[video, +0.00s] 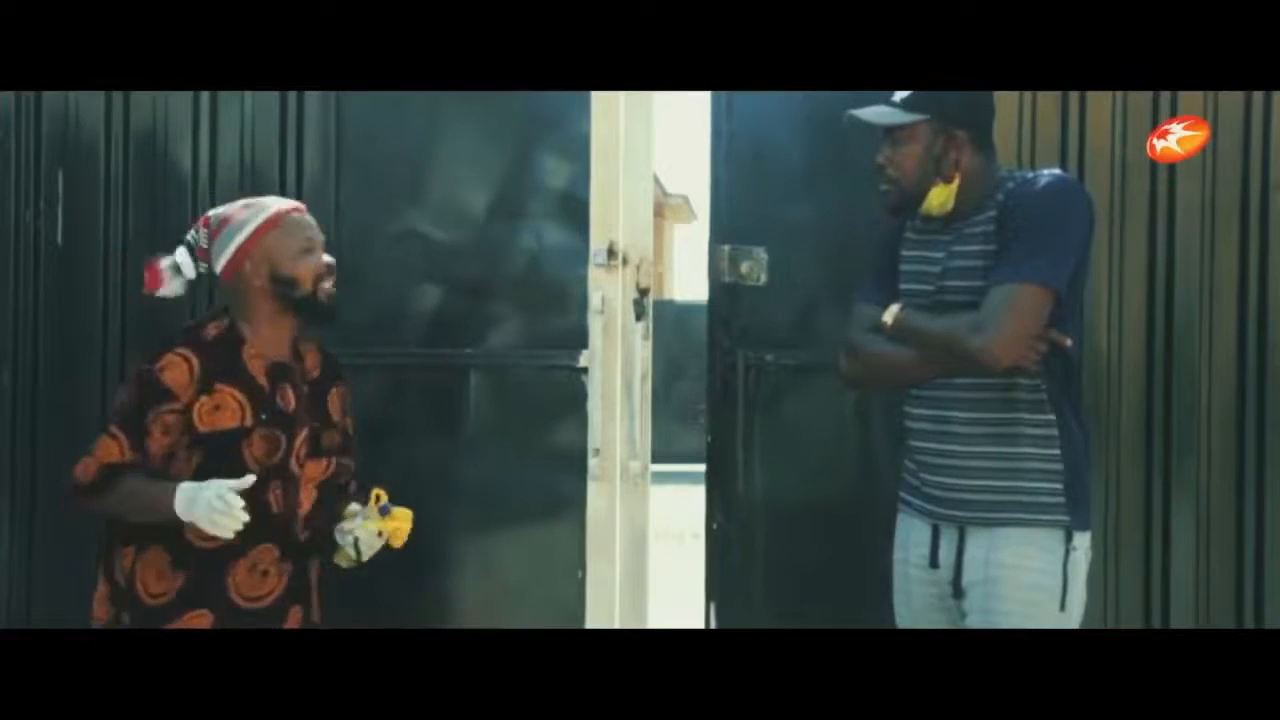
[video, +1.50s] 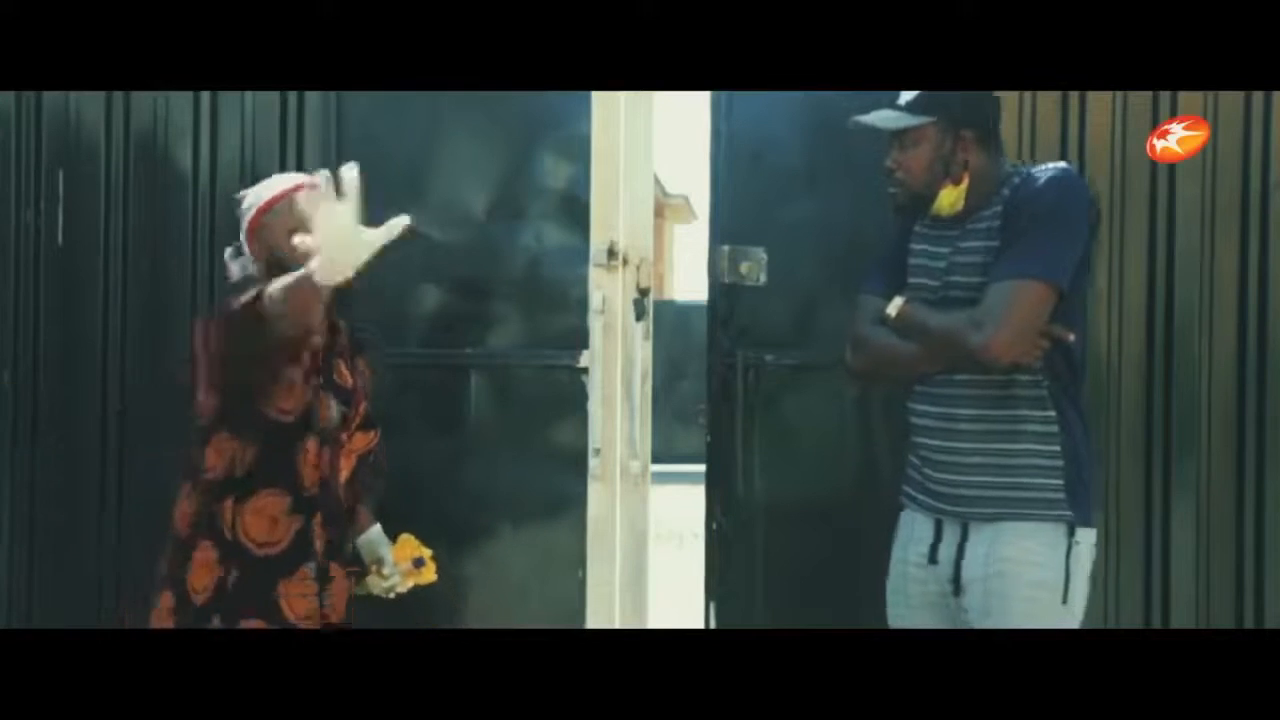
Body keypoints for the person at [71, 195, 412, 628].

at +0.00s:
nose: (329, 262)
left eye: (323, 249)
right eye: (308, 252)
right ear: (255, 272)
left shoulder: (324, 376)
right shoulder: (185, 369)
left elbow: (325, 496)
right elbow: (95, 482)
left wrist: (350, 528)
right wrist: (181, 500)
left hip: (286, 615)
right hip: (181, 616)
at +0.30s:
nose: (336, 281)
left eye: (340, 268)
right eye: (311, 267)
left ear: (348, 272)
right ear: (260, 279)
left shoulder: (329, 376)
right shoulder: (202, 372)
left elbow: (336, 497)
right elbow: (135, 491)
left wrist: (359, 539)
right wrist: (225, 515)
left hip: (305, 614)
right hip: (206, 615)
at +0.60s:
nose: (293, 286)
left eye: (308, 272)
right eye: (269, 272)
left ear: (323, 285)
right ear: (231, 287)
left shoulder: (336, 381)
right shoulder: (186, 373)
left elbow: (360, 499)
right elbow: (121, 461)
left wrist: (393, 565)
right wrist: (104, 497)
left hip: (299, 617)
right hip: (188, 617)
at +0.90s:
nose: (299, 296)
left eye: (314, 282)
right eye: (277, 282)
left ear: (332, 294)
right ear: (240, 297)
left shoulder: (345, 384)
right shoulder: (194, 386)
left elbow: (372, 503)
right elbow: (101, 481)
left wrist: (410, 586)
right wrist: (16, 515)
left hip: (303, 620)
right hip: (186, 618)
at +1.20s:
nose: (335, 290)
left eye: (347, 276)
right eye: (312, 277)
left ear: (364, 286)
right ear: (271, 293)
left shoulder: (364, 385)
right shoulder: (230, 377)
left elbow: (365, 501)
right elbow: (136, 464)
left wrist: (399, 582)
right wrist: (37, 482)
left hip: (322, 616)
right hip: (215, 614)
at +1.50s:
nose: (313, 241)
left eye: (319, 227)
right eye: (296, 229)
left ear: (332, 231)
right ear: (260, 245)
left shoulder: (343, 347)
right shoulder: (237, 324)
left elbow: (343, 469)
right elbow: (278, 311)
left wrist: (375, 546)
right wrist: (320, 273)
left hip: (315, 554)